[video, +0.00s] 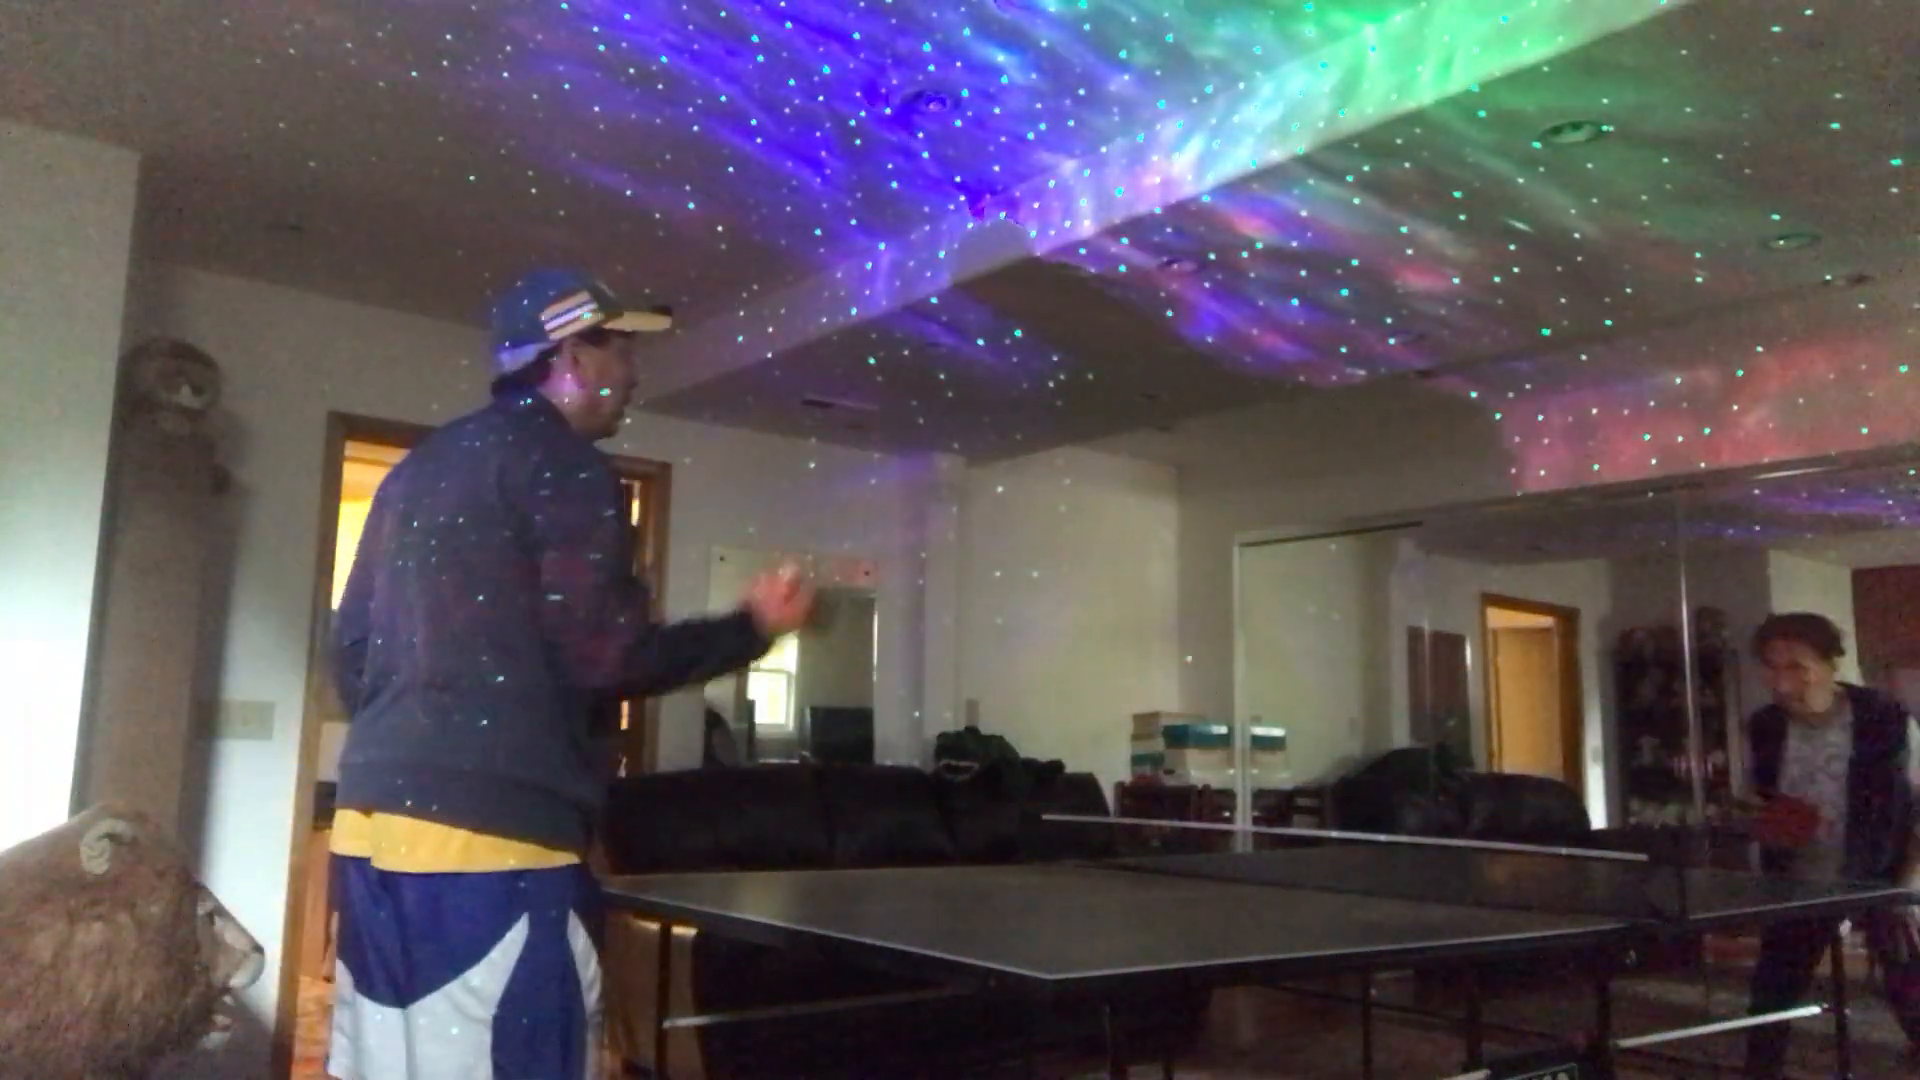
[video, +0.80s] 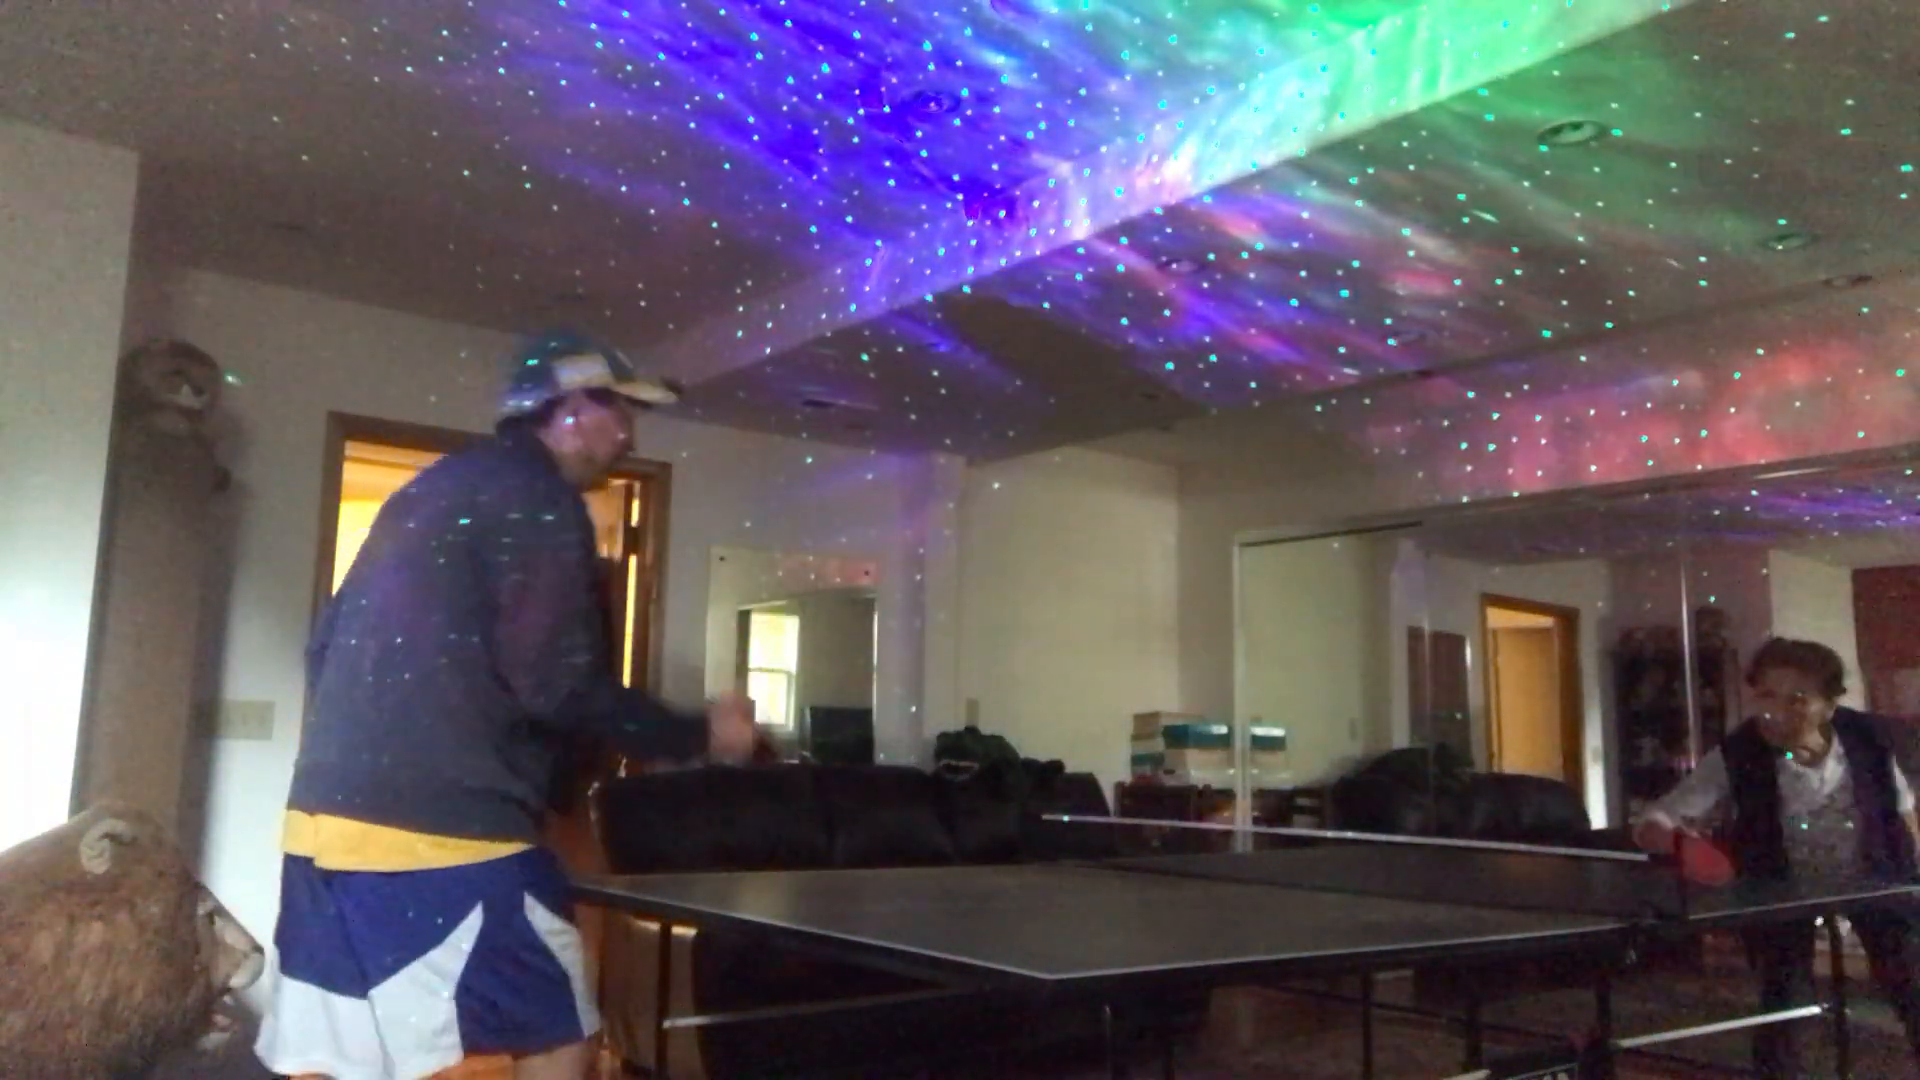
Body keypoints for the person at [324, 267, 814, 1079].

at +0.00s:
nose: (633, 374)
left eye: (631, 352)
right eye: (620, 350)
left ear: (537, 362)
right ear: (567, 358)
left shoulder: (414, 465)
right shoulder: (565, 462)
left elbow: (354, 649)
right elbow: (606, 653)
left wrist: (419, 746)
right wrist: (752, 626)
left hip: (370, 828)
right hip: (497, 842)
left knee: (374, 1067)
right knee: (521, 1063)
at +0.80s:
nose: (630, 437)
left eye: (631, 416)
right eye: (621, 413)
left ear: (545, 411)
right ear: (570, 412)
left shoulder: (424, 490)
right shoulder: (540, 500)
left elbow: (329, 640)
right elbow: (555, 682)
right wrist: (697, 732)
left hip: (326, 821)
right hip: (448, 826)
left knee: (332, 1060)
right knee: (556, 1050)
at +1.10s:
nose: (726, 529)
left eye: (730, 509)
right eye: (721, 507)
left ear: (632, 487)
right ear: (678, 496)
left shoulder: (505, 527)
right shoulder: (675, 597)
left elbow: (361, 628)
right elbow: (742, 759)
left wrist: (330, 785)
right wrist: (866, 783)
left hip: (351, 812)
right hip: (498, 840)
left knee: (322, 1062)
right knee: (577, 1052)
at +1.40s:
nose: (761, 497)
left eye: (762, 480)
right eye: (756, 477)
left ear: (676, 464)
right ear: (714, 474)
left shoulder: (541, 504)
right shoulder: (732, 567)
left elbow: (412, 590)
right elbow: (842, 653)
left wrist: (357, 733)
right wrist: (931, 562)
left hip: (411, 804)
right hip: (552, 832)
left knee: (388, 1053)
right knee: (607, 1053)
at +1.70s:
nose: (679, 447)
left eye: (677, 429)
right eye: (668, 427)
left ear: (587, 430)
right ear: (623, 434)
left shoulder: (468, 506)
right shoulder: (616, 515)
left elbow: (380, 653)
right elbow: (634, 665)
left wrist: (455, 727)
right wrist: (763, 685)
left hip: (389, 812)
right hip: (517, 822)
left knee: (394, 1057)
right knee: (588, 1058)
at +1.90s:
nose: (632, 424)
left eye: (630, 406)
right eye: (621, 405)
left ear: (541, 411)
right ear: (574, 412)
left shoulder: (440, 493)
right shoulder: (550, 489)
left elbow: (347, 646)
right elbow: (512, 650)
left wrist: (409, 749)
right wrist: (649, 724)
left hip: (354, 822)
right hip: (470, 828)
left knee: (364, 1062)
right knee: (546, 1058)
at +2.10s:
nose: (617, 416)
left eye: (615, 397)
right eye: (606, 395)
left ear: (527, 404)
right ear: (556, 404)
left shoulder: (421, 488)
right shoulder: (532, 487)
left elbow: (332, 643)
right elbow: (517, 659)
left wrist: (384, 754)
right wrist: (668, 711)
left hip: (340, 829)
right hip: (451, 835)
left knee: (351, 1060)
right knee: (505, 1058)